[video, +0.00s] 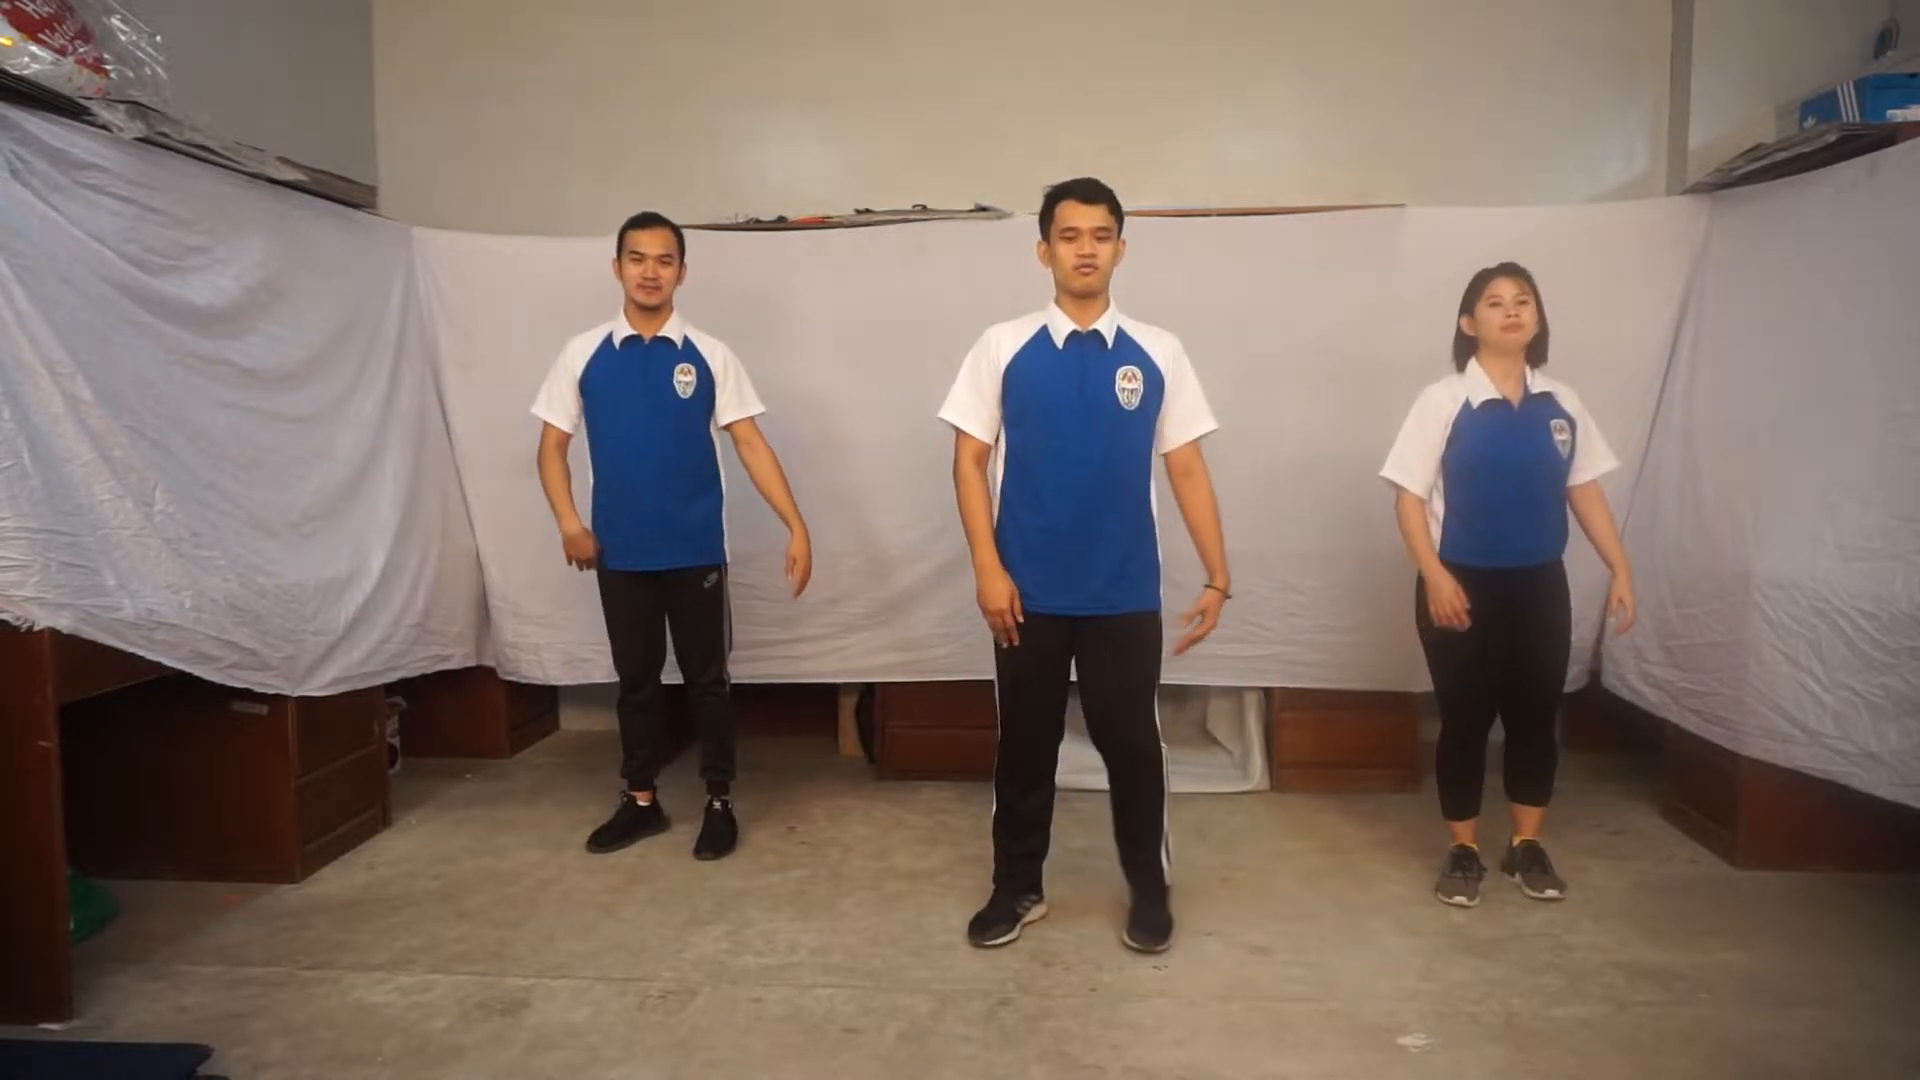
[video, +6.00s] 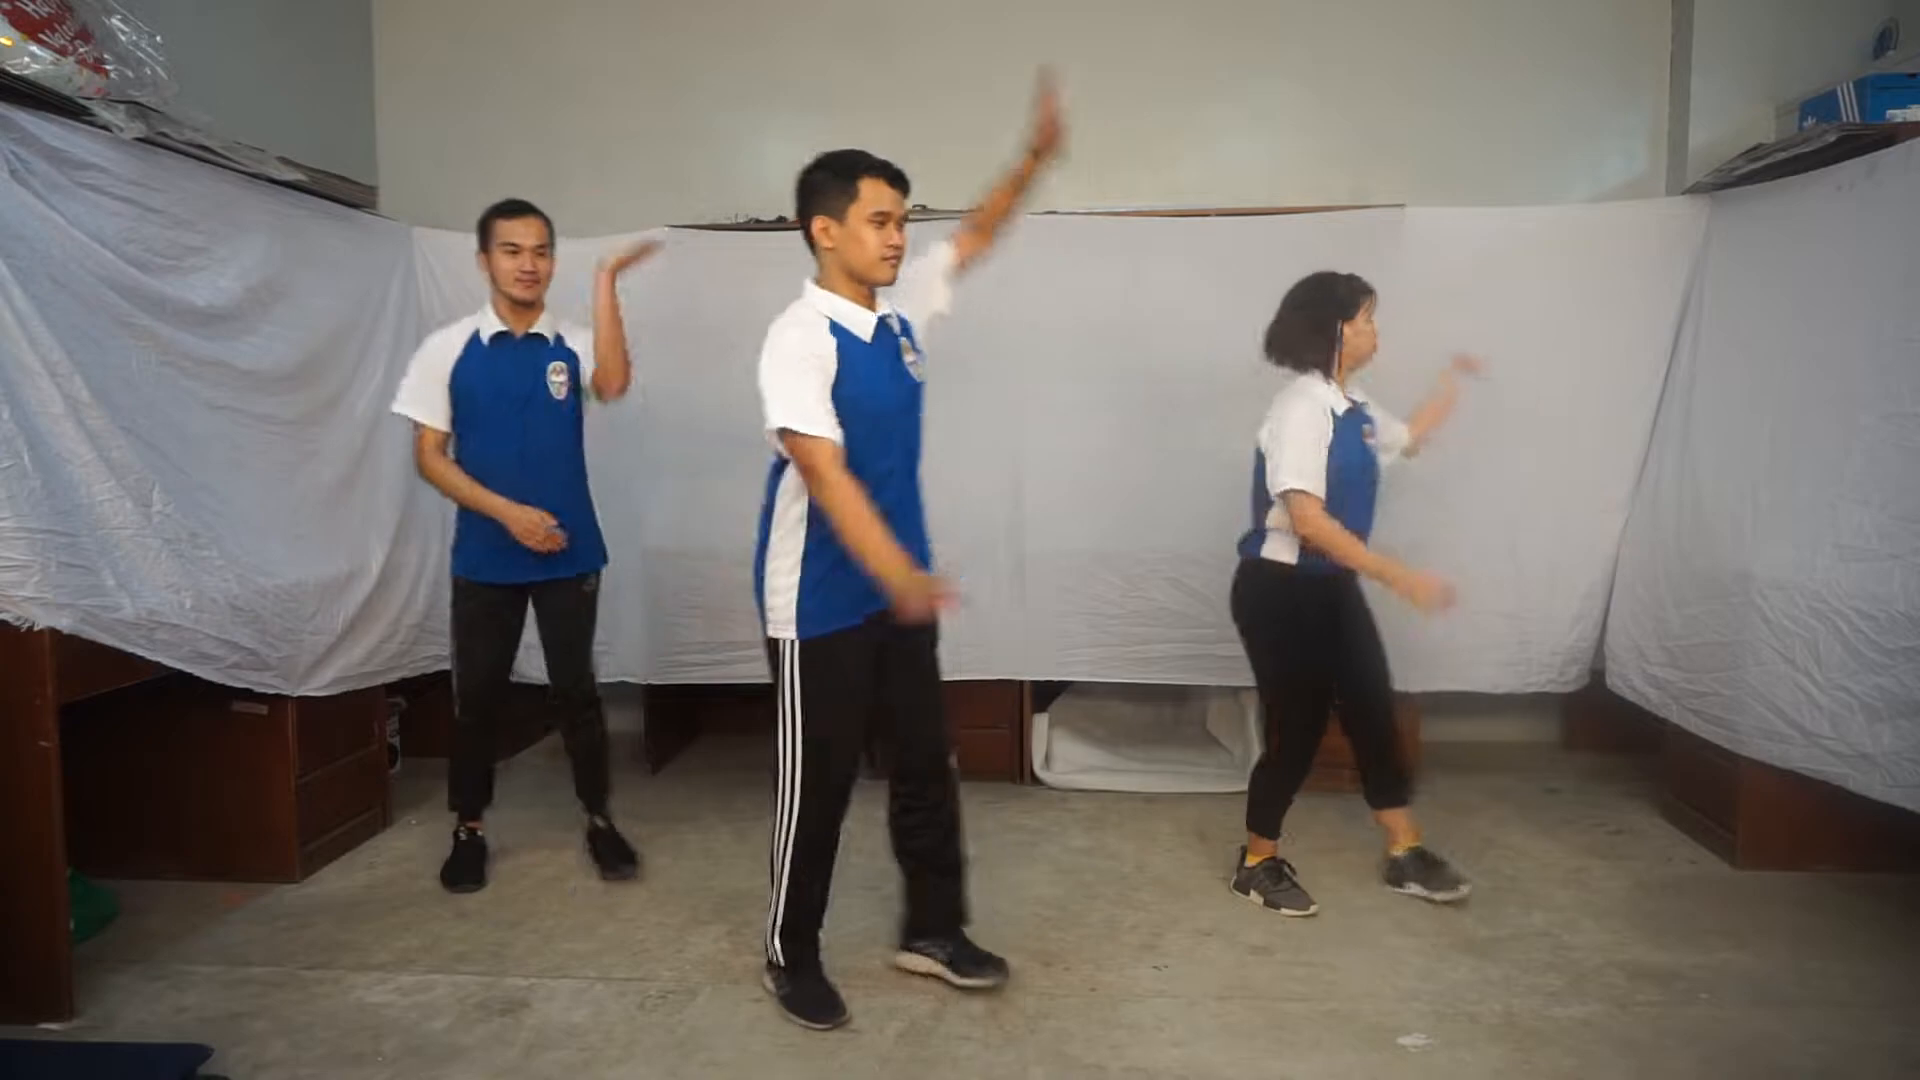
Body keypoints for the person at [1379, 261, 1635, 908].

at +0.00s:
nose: (1511, 310)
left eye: (1521, 302)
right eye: (1495, 303)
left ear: (1538, 319)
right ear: (1469, 322)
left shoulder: (1559, 398)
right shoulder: (1443, 399)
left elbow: (1585, 491)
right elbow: (1408, 496)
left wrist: (1620, 567)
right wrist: (1433, 573)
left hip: (1539, 586)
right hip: (1460, 587)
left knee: (1535, 716)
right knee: (1465, 721)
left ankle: (1527, 845)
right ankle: (1464, 849)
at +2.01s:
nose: (1430, 322)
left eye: (1439, 311)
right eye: (1413, 312)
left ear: (1452, 325)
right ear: (1382, 329)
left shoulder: (1476, 412)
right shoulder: (1347, 405)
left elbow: (1508, 507)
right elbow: (1275, 466)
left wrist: (1575, 572)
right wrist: (1237, 529)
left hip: (1438, 599)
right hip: (1350, 595)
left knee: (1442, 731)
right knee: (1333, 724)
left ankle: (1430, 861)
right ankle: (1313, 844)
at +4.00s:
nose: (1447, 327)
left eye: (1459, 314)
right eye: (1430, 318)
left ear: (1482, 325)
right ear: (1412, 336)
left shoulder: (1522, 402)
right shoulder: (1392, 413)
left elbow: (1612, 455)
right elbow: (1357, 511)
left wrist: (1699, 491)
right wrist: (1389, 520)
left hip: (1512, 596)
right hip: (1423, 600)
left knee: (1535, 737)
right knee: (1413, 738)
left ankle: (1592, 860)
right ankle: (1382, 870)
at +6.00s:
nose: (1377, 332)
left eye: (1374, 320)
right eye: (1369, 320)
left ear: (1337, 329)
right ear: (1338, 329)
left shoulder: (1351, 403)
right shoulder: (1301, 403)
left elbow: (1407, 439)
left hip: (1333, 583)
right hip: (1280, 586)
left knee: (1372, 709)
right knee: (1295, 728)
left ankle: (1404, 850)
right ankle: (1259, 859)